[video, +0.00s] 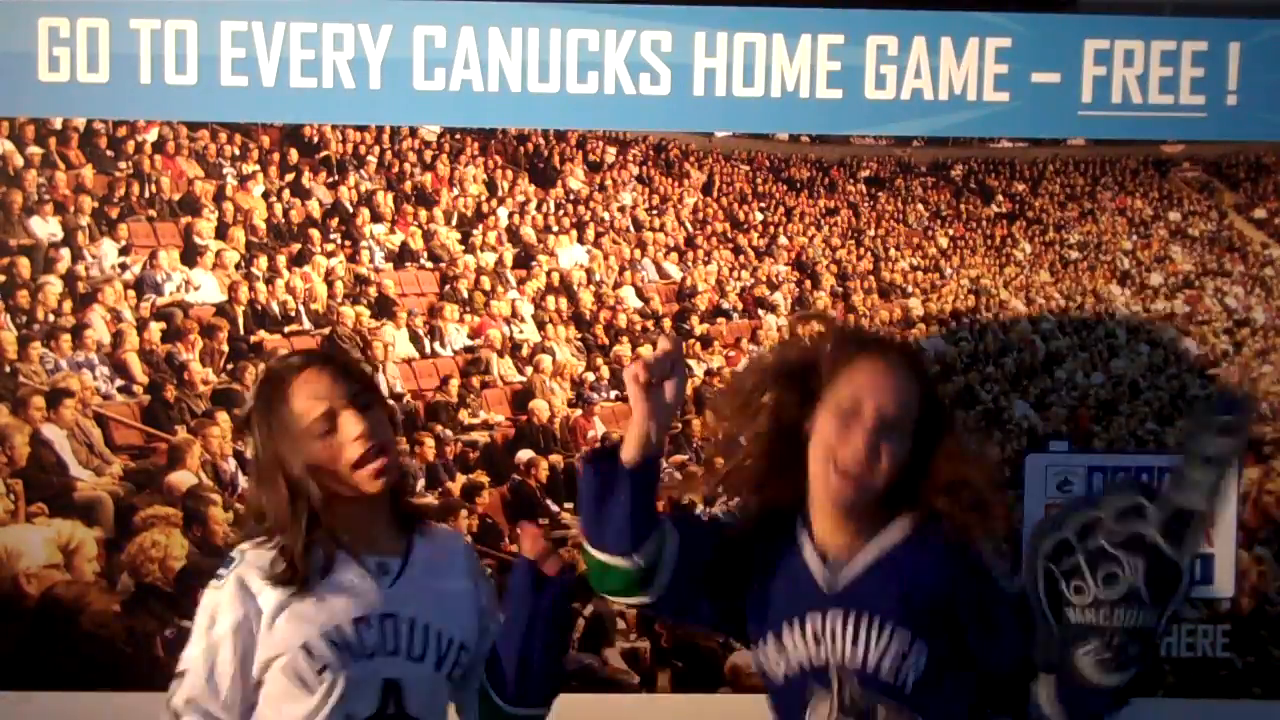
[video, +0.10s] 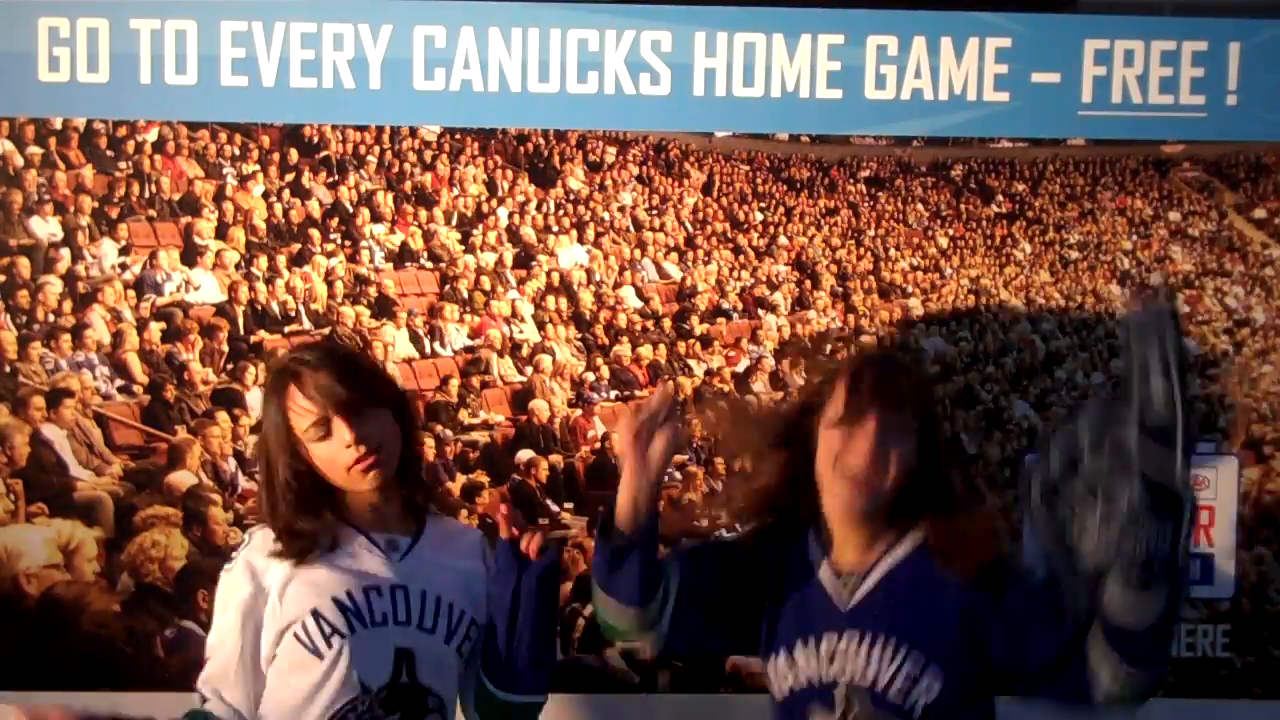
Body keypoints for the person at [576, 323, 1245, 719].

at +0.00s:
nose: (862, 443)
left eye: (888, 432)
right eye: (847, 417)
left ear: (914, 456)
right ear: (807, 421)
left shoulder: (954, 573)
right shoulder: (757, 554)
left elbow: (1036, 701)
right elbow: (630, 567)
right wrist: (639, 448)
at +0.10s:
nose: (870, 446)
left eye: (892, 430)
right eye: (850, 422)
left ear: (916, 458)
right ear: (814, 442)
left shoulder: (974, 577)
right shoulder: (772, 565)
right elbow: (636, 617)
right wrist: (639, 476)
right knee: (570, 708)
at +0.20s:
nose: (867, 372)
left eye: (889, 357)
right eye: (847, 357)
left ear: (924, 387)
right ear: (818, 390)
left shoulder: (996, 503)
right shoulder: (779, 528)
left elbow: (1138, 613)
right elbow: (698, 666)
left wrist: (1152, 502)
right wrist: (637, 593)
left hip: (963, 711)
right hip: (823, 712)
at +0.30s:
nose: (867, 364)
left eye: (884, 344)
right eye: (845, 362)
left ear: (934, 368)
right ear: (830, 411)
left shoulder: (1027, 512)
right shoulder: (799, 550)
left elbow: (1185, 582)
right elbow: (761, 690)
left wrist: (1150, 447)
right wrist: (678, 658)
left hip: (977, 708)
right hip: (836, 710)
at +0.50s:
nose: (853, 459)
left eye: (867, 430)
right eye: (840, 448)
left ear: (933, 423)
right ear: (836, 473)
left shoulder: (1038, 571)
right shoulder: (830, 574)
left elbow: (1144, 687)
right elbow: (711, 668)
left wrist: (1103, 564)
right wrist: (658, 545)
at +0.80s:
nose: (805, 422)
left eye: (831, 403)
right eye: (809, 401)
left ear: (909, 420)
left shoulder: (995, 586)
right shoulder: (795, 538)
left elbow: (1031, 709)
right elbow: (654, 527)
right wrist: (644, 381)